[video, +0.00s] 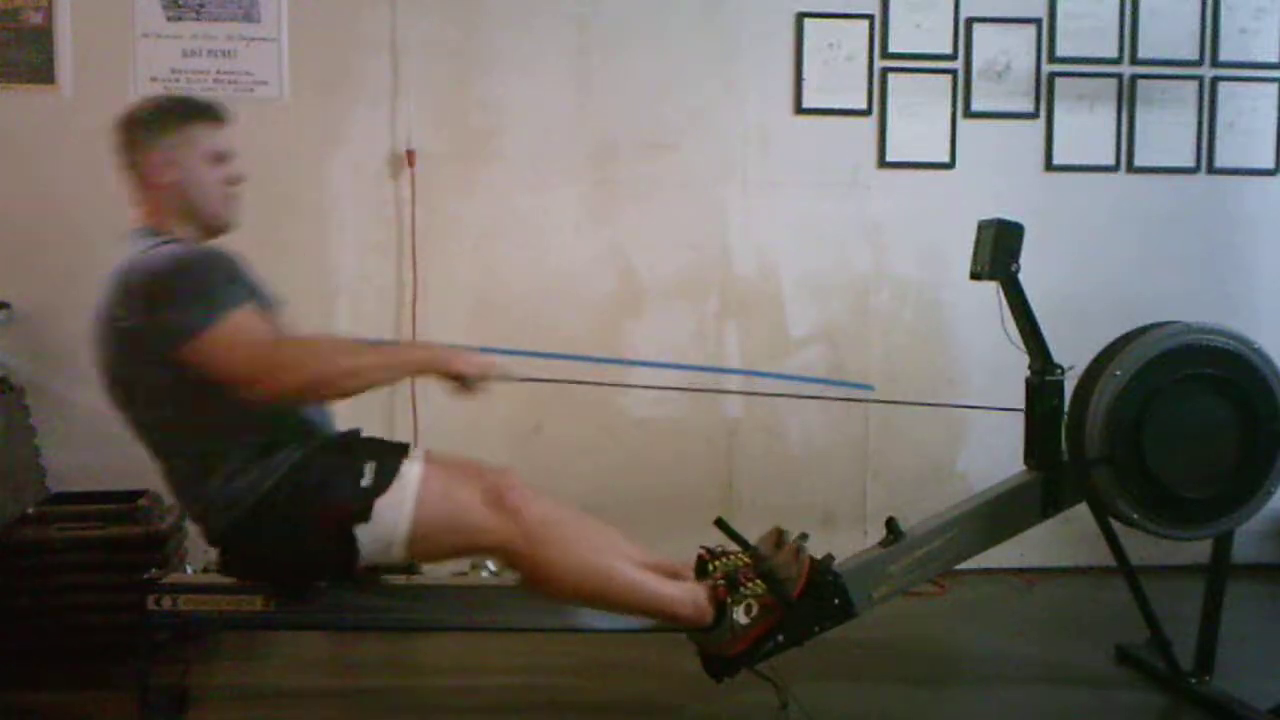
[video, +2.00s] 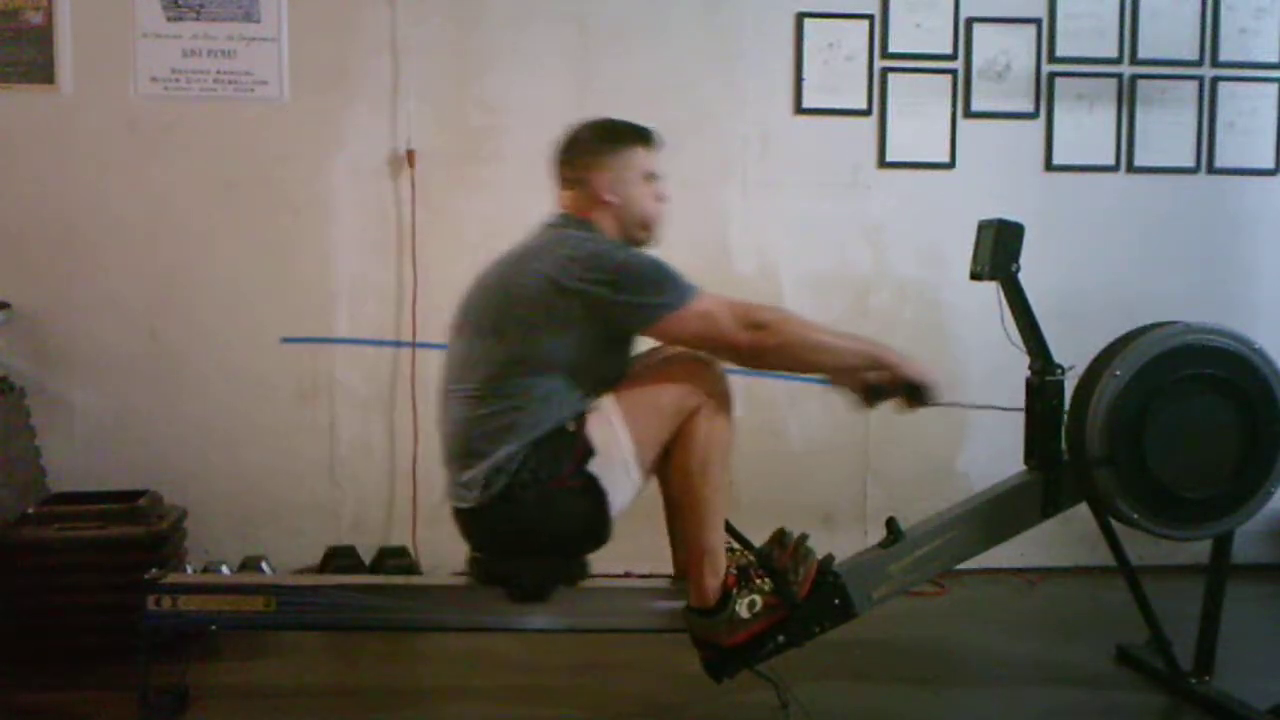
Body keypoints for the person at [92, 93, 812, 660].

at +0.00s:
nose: (235, 174)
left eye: (231, 158)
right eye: (216, 159)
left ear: (178, 175)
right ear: (154, 176)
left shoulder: (188, 267)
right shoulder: (167, 273)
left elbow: (280, 369)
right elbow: (267, 372)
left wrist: (411, 358)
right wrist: (424, 358)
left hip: (295, 476)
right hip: (275, 499)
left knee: (503, 491)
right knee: (501, 512)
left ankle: (701, 588)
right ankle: (710, 616)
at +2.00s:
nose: (663, 197)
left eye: (659, 181)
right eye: (650, 180)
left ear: (599, 191)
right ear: (601, 190)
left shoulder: (553, 256)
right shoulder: (591, 263)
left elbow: (729, 326)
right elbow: (742, 335)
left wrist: (844, 369)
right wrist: (880, 358)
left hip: (497, 501)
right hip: (524, 503)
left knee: (688, 366)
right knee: (700, 382)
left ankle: (705, 583)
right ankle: (712, 603)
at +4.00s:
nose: (586, 203)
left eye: (583, 186)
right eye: (572, 185)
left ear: (521, 192)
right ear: (522, 190)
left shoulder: (465, 262)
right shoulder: (505, 268)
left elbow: (638, 350)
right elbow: (655, 349)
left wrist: (758, 393)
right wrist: (798, 393)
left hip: (434, 519)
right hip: (463, 521)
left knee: (631, 387)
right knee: (642, 395)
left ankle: (706, 591)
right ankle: (713, 610)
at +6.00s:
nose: (320, 186)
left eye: (318, 169)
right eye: (303, 169)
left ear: (252, 174)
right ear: (243, 170)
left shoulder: (260, 264)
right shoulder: (218, 267)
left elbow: (360, 365)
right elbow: (342, 376)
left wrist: (479, 397)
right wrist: (484, 399)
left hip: (314, 479)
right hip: (284, 507)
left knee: (511, 475)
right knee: (509, 489)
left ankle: (703, 584)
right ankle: (705, 613)